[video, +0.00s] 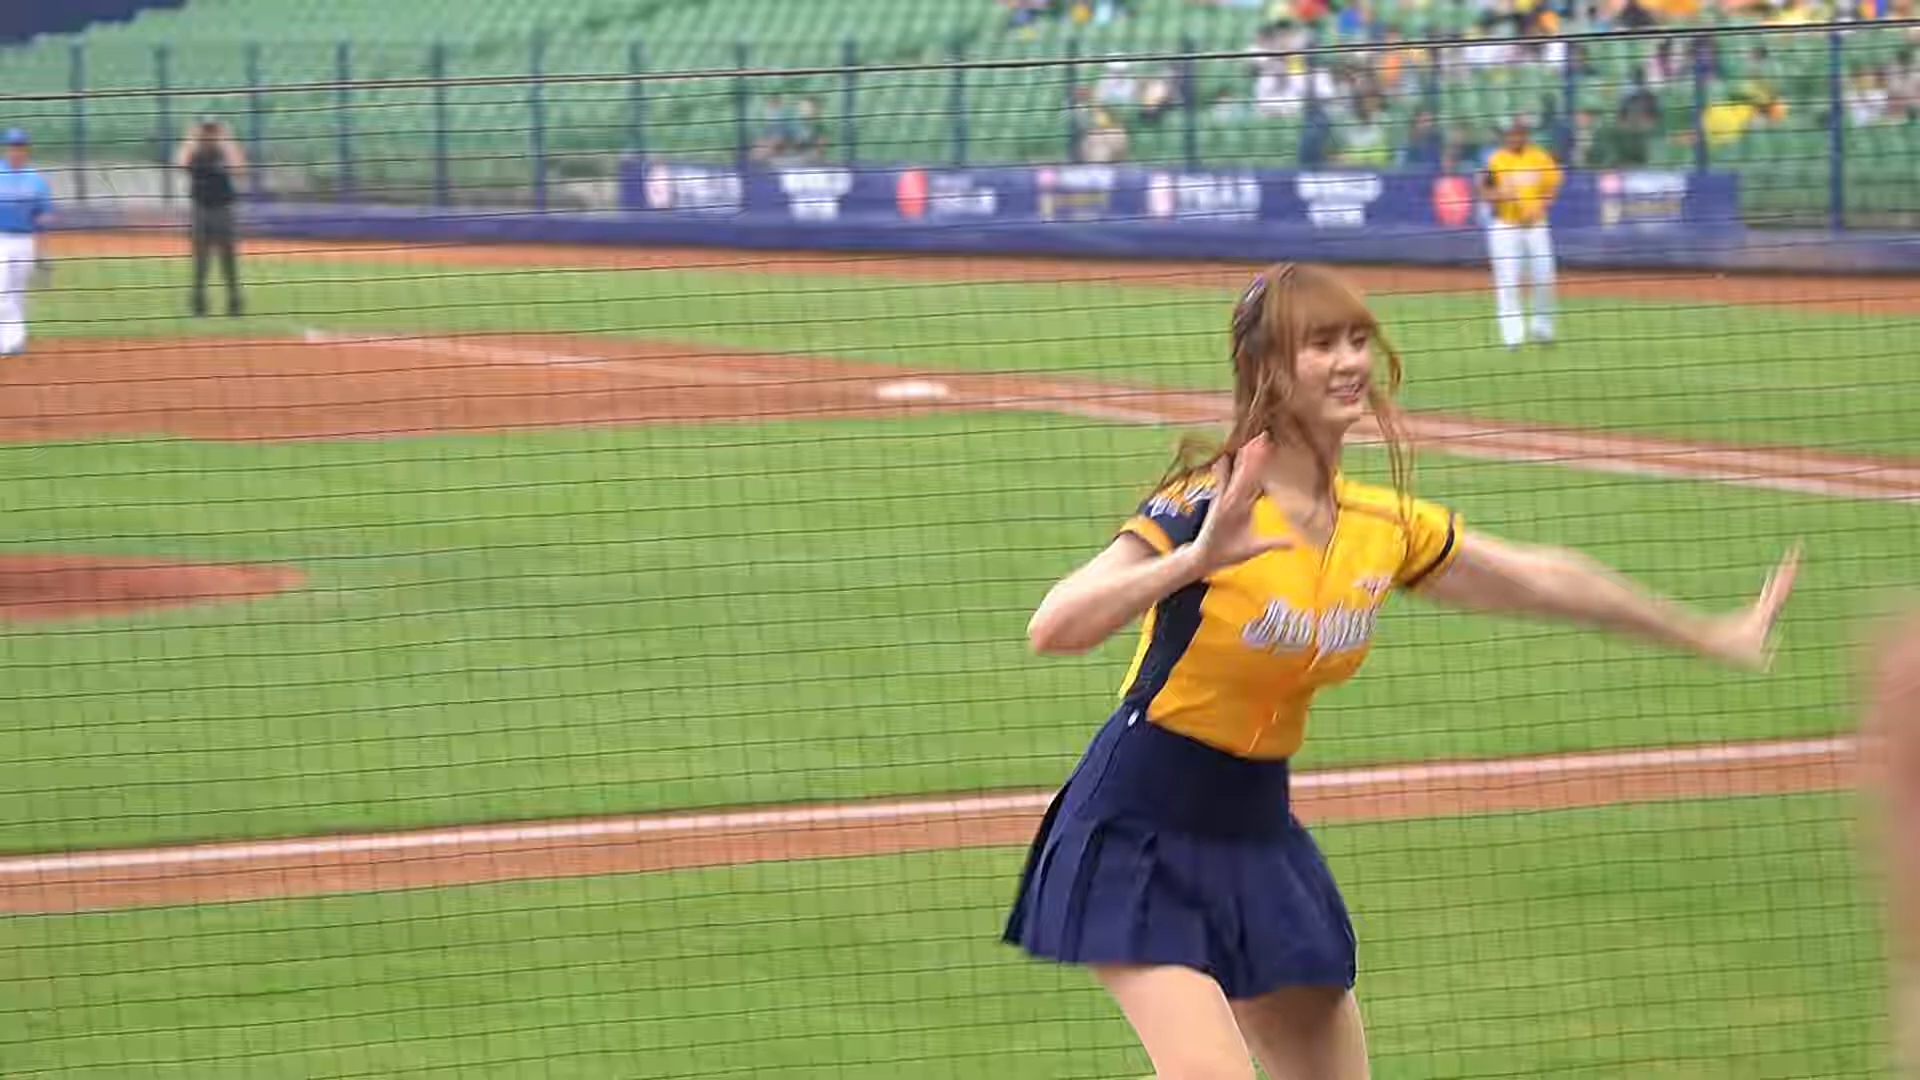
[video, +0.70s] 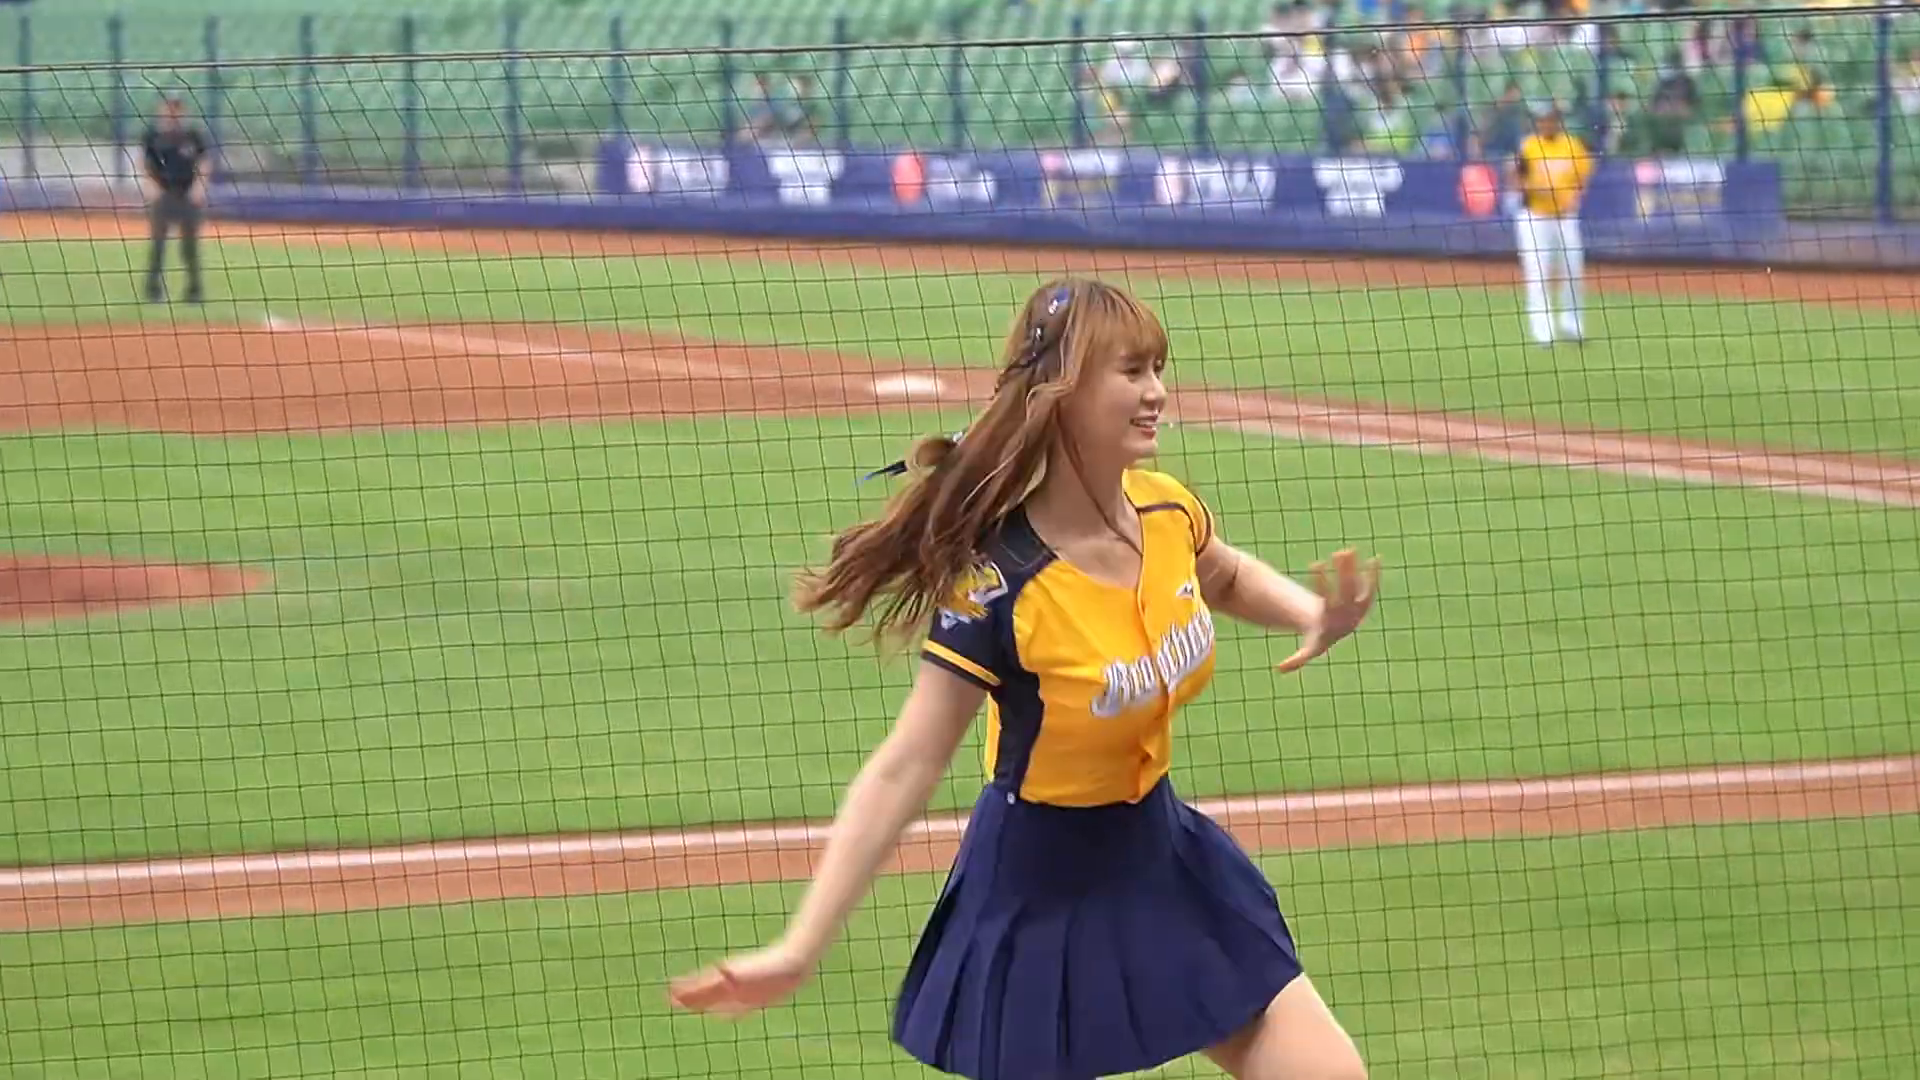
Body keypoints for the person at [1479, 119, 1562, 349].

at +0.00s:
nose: (1517, 140)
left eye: (1520, 134)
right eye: (1513, 135)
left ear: (1527, 136)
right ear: (1505, 137)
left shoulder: (1539, 158)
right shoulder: (1497, 161)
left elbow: (1555, 181)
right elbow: (1484, 190)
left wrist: (1540, 206)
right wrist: (1504, 195)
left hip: (1535, 224)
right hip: (1505, 226)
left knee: (1544, 276)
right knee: (1507, 280)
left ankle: (1542, 325)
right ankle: (1512, 331)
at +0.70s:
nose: (1546, 125)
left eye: (1550, 120)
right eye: (1541, 121)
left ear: (1558, 120)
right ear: (1535, 123)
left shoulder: (1571, 144)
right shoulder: (1527, 148)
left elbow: (1586, 169)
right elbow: (1515, 179)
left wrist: (1574, 193)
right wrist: (1536, 191)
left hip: (1566, 213)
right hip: (1535, 215)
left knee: (1572, 270)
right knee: (1538, 273)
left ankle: (1571, 322)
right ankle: (1542, 327)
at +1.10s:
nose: (1530, 118)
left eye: (1534, 113)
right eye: (1525, 113)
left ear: (1541, 114)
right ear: (1519, 115)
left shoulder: (1554, 139)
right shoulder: (1509, 138)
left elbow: (1567, 169)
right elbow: (1495, 172)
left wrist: (1552, 196)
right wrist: (1516, 194)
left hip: (1543, 210)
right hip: (1511, 210)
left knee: (1541, 270)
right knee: (1513, 269)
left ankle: (1541, 322)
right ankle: (1515, 325)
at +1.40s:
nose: (1513, 117)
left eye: (1518, 112)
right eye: (1509, 111)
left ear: (1526, 115)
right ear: (1501, 112)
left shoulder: (1529, 141)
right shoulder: (1489, 134)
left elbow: (1537, 171)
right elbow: (1470, 163)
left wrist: (1527, 199)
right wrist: (1483, 191)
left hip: (1515, 209)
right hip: (1484, 208)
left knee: (1508, 267)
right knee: (1483, 265)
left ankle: (1505, 322)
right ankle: (1477, 323)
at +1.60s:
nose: (1492, 113)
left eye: (1496, 108)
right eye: (1488, 107)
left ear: (1503, 111)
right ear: (1480, 109)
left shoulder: (1509, 139)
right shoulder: (1468, 131)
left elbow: (1511, 172)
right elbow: (1454, 169)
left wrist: (1502, 197)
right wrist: (1479, 190)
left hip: (1488, 207)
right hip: (1457, 203)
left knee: (1480, 263)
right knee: (1452, 259)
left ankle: (1475, 318)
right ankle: (1446, 317)